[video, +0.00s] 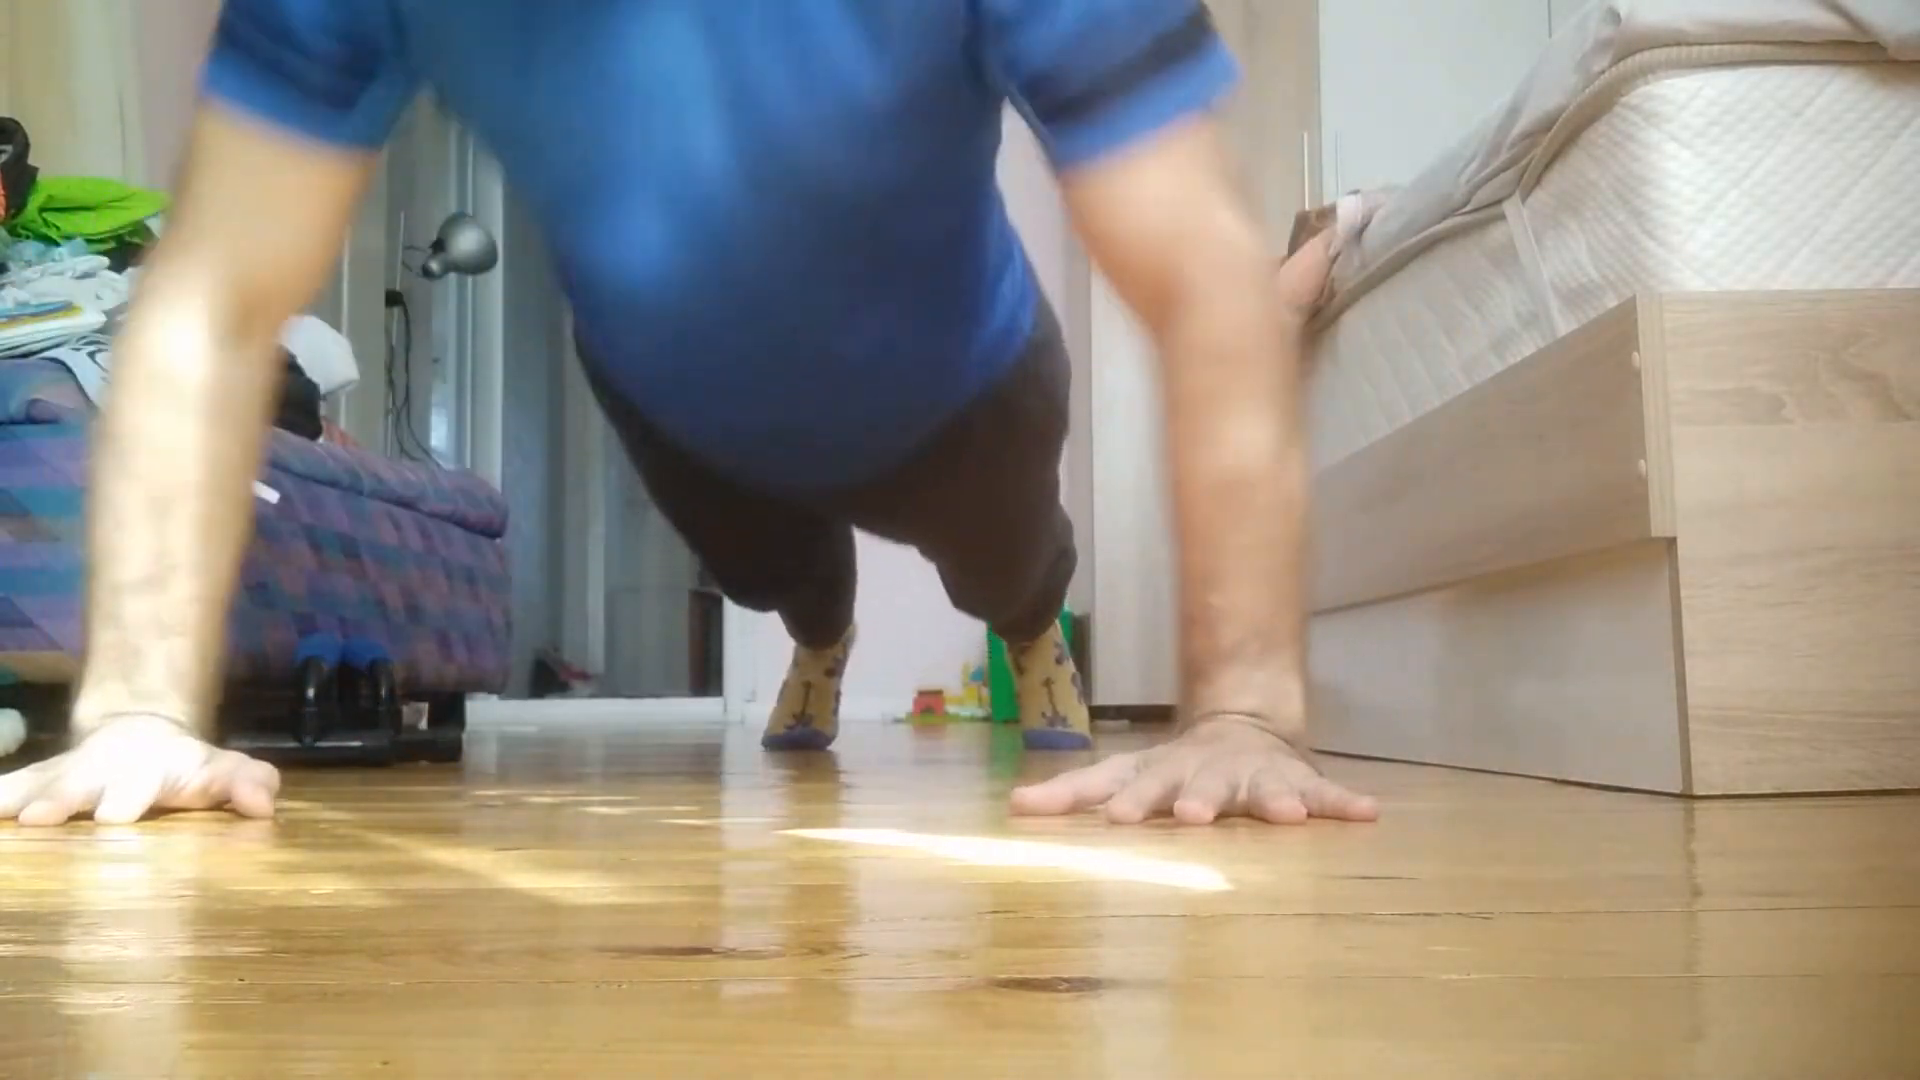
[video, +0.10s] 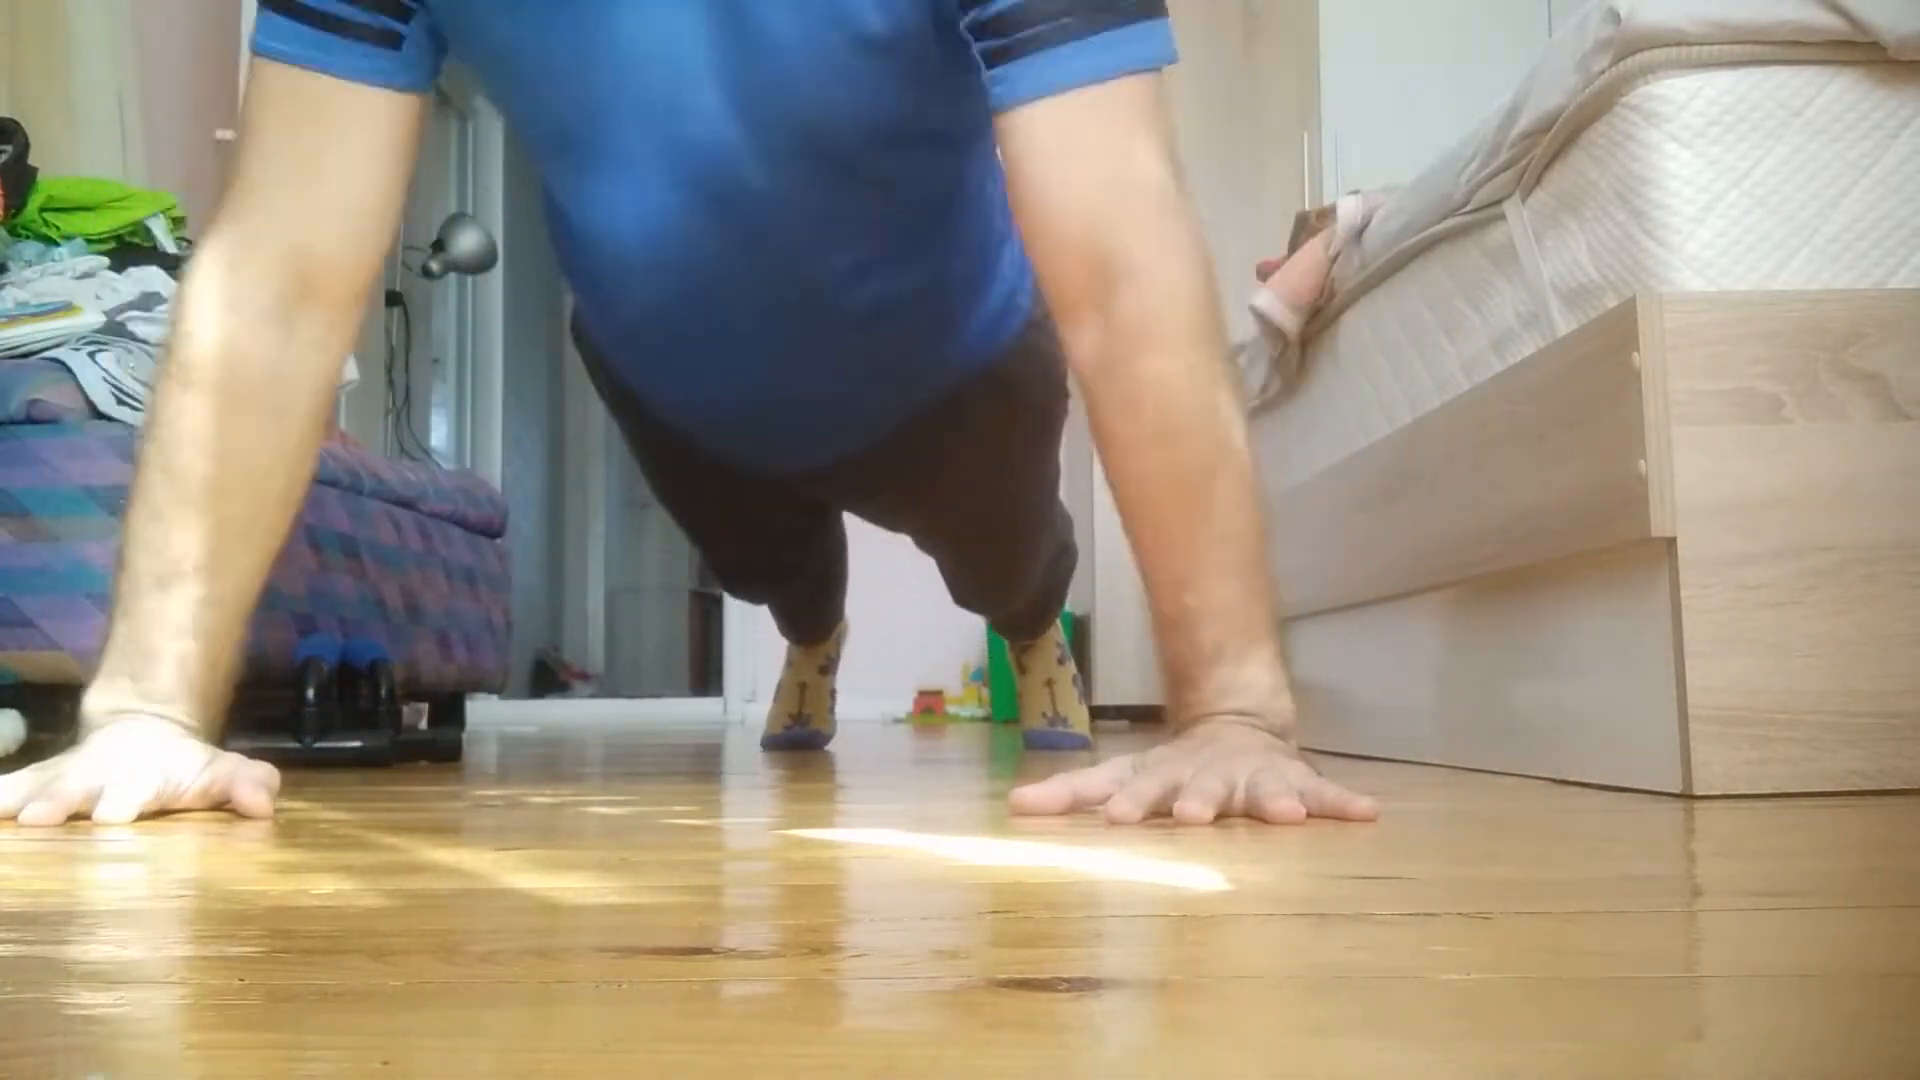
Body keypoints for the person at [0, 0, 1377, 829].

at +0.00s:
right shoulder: (360, 17)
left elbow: (1216, 280)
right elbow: (210, 300)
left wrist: (1249, 709)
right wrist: (145, 712)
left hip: (942, 387)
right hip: (687, 427)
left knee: (1002, 564)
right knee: (783, 569)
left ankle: (1012, 626)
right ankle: (820, 644)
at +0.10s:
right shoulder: (389, 2)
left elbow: (1120, 249)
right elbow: (277, 281)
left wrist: (1239, 702)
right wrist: (149, 711)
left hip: (945, 373)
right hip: (686, 409)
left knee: (1003, 558)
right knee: (777, 567)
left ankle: (1010, 619)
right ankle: (811, 639)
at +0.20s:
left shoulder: (1011, 21)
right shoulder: (373, 16)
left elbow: (1215, 285)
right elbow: (213, 302)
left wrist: (1247, 711)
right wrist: (145, 711)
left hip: (942, 416)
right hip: (687, 457)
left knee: (1002, 569)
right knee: (775, 583)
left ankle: (1013, 626)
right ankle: (806, 651)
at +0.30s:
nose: (572, 142)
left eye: (614, 59)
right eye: (513, 64)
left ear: (720, 12)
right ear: (440, 15)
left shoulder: (966, 35)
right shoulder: (338, 64)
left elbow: (1325, 334)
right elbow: (98, 366)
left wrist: (1250, 716)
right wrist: (138, 717)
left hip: (949, 507)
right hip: (694, 548)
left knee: (1003, 626)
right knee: (780, 626)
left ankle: (1006, 660)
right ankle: (802, 667)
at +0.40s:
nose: (511, 500)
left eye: (570, 410)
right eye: (438, 424)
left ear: (724, 232)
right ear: (330, 290)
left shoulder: (957, 235)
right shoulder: (255, 273)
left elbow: (1349, 358)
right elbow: (53, 394)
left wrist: (1252, 715)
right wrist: (134, 712)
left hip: (972, 637)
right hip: (649, 645)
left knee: (1017, 648)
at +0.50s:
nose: (496, 759)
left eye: (557, 668)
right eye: (417, 689)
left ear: (722, 466)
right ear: (300, 529)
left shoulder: (963, 402)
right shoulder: (264, 386)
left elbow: (1349, 351)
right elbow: (39, 368)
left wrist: (1253, 719)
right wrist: (129, 715)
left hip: (947, 720)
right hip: (645, 737)